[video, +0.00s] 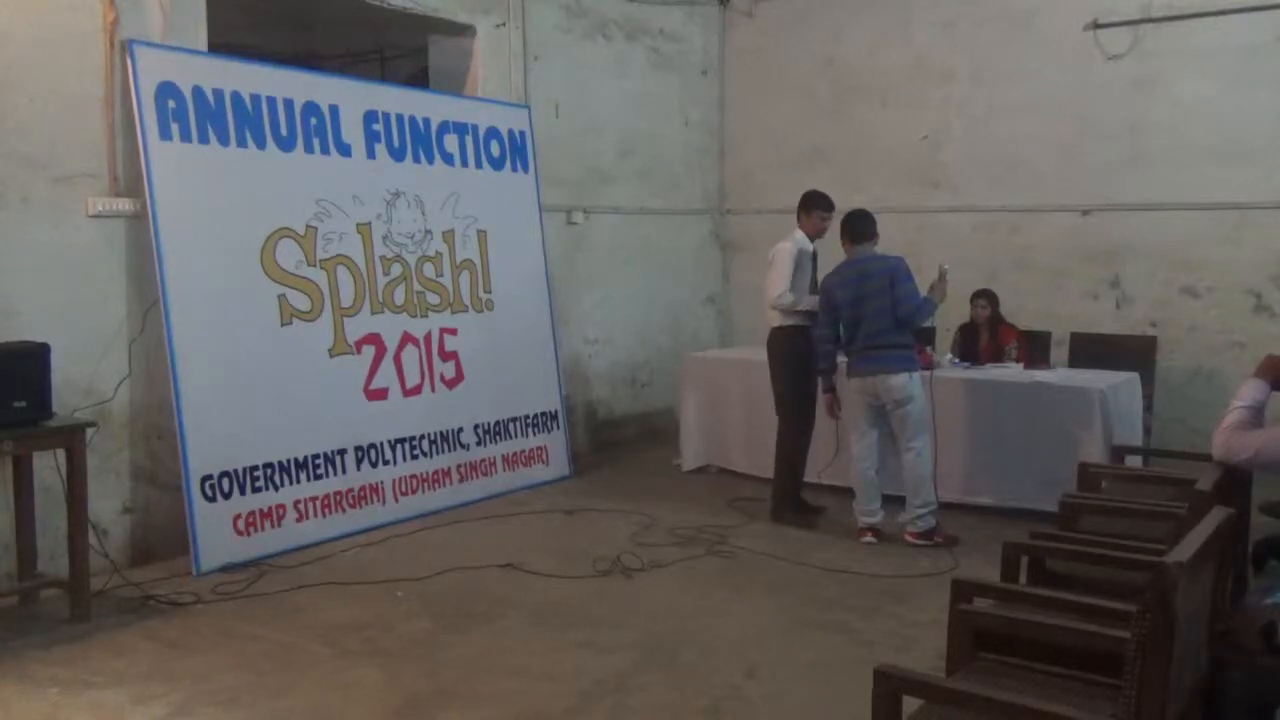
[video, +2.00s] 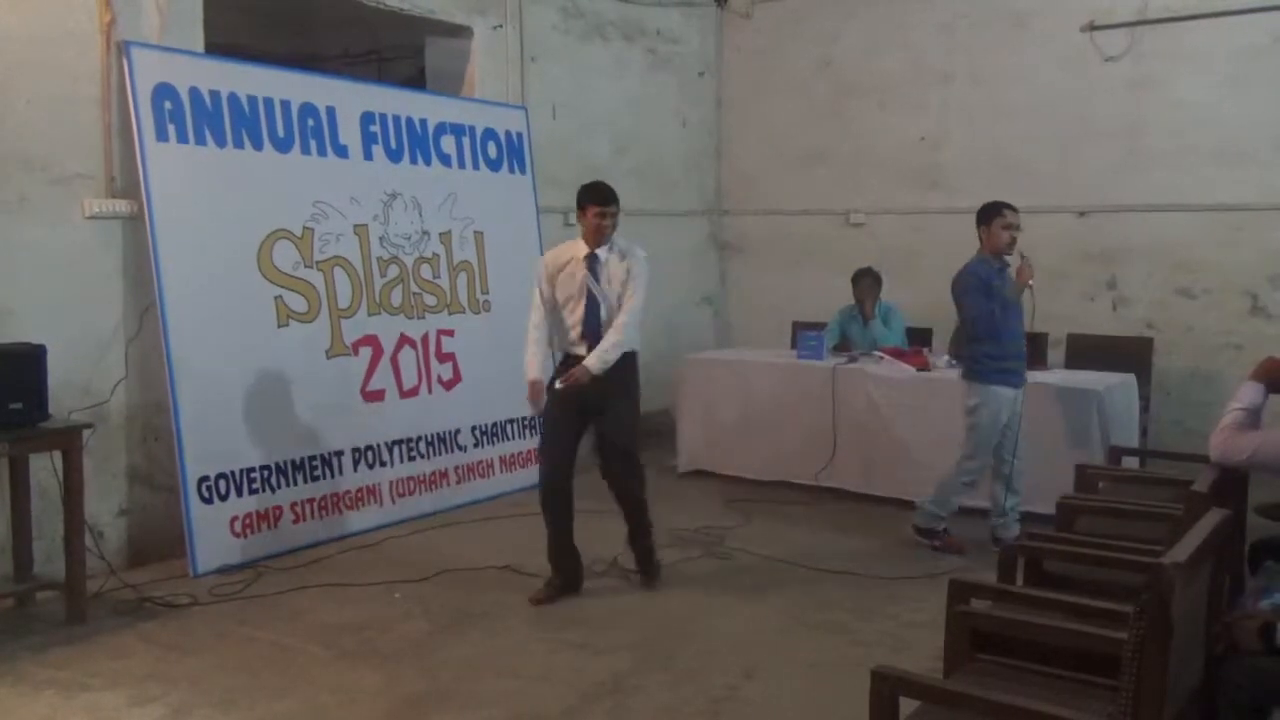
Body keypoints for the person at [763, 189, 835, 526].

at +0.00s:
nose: (826, 226)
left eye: (828, 220)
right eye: (822, 219)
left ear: (823, 220)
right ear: (804, 216)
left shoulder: (808, 251)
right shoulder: (788, 249)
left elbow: (801, 296)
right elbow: (778, 298)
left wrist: (824, 303)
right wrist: (817, 302)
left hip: (803, 335)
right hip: (787, 337)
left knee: (803, 422)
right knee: (792, 422)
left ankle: (793, 495)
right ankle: (783, 503)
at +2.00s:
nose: (602, 223)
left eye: (609, 216)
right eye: (595, 216)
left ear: (618, 219)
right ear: (580, 217)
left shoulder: (632, 260)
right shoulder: (553, 262)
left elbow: (629, 324)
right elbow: (539, 322)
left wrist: (591, 365)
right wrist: (535, 375)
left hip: (617, 370)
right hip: (567, 372)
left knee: (620, 467)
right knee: (552, 476)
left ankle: (645, 555)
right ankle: (565, 572)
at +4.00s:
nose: (828, 226)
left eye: (828, 221)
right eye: (827, 220)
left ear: (793, 217)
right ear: (819, 219)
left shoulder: (763, 255)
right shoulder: (819, 253)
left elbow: (755, 309)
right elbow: (845, 295)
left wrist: (757, 353)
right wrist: (880, 312)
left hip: (775, 354)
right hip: (811, 355)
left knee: (781, 438)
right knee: (830, 432)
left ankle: (781, 522)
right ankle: (811, 505)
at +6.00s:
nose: (850, 231)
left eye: (850, 225)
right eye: (850, 225)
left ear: (823, 222)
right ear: (843, 225)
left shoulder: (813, 247)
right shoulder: (824, 247)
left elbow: (806, 301)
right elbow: (816, 299)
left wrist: (833, 345)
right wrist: (835, 346)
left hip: (793, 336)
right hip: (800, 338)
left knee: (800, 420)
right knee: (805, 421)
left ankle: (797, 496)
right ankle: (801, 499)